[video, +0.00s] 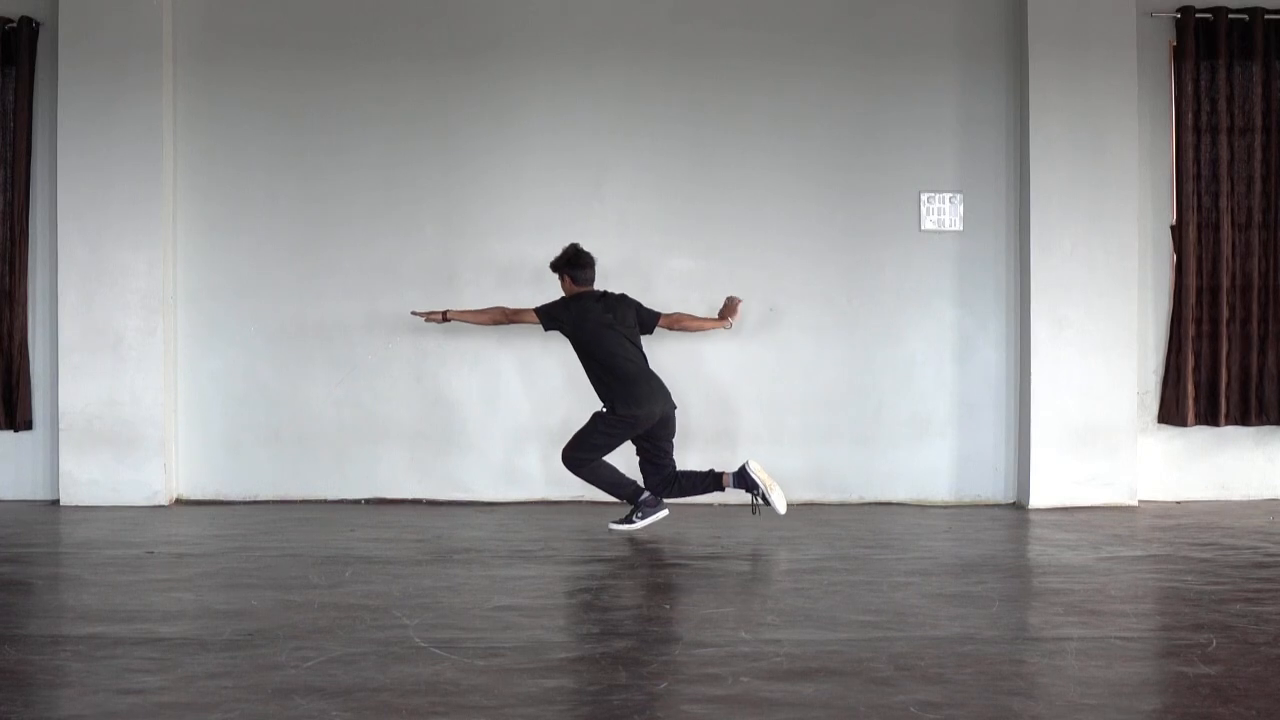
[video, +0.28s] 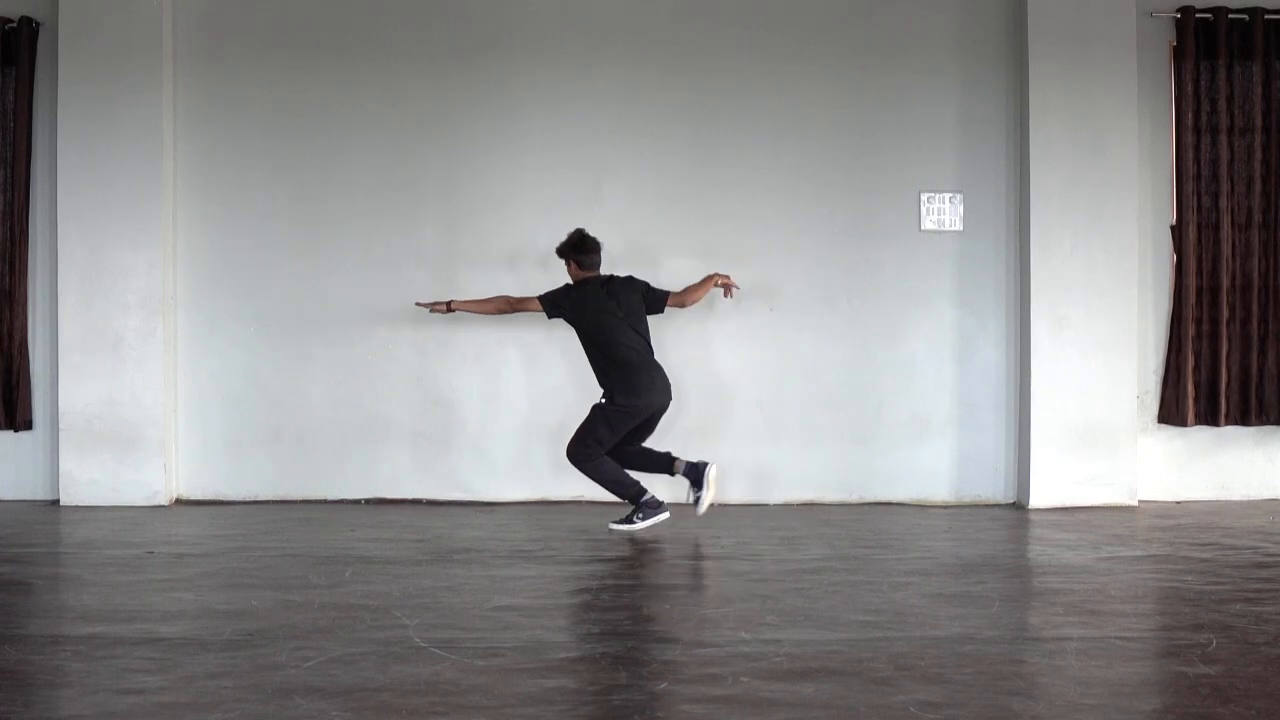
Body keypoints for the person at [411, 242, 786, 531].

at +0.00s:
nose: (559, 285)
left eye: (560, 279)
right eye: (562, 279)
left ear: (566, 280)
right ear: (593, 275)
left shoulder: (568, 309)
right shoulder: (623, 304)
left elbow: (506, 315)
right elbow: (674, 322)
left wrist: (451, 315)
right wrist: (722, 322)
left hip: (627, 407)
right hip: (660, 404)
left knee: (577, 456)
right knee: (661, 483)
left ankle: (644, 502)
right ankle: (739, 479)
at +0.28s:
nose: (565, 270)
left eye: (565, 265)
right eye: (567, 265)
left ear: (573, 265)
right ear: (598, 261)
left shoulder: (570, 297)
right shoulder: (629, 287)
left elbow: (509, 305)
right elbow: (683, 299)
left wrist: (454, 306)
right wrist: (713, 279)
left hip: (628, 395)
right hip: (659, 392)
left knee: (581, 451)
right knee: (619, 452)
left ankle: (645, 504)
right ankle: (692, 472)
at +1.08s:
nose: (553, 231)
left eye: (555, 225)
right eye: (553, 227)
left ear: (570, 219)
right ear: (588, 220)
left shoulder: (566, 236)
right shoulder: (621, 241)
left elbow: (512, 227)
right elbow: (667, 262)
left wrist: (475, 244)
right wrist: (657, 304)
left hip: (587, 357)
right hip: (605, 358)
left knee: (594, 439)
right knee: (551, 425)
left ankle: (652, 506)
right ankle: (537, 506)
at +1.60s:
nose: (607, 258)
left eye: (612, 253)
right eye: (602, 251)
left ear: (621, 248)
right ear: (589, 245)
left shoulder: (624, 267)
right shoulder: (573, 266)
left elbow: (664, 240)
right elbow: (571, 315)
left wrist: (630, 205)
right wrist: (603, 274)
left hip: (615, 382)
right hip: (568, 383)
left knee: (658, 430)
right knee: (521, 437)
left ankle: (666, 511)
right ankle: (526, 508)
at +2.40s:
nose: (588, 201)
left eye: (595, 195)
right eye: (581, 195)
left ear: (603, 199)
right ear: (570, 200)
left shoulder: (614, 231)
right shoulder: (559, 242)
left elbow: (633, 258)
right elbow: (570, 296)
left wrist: (584, 243)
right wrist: (614, 279)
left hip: (616, 354)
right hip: (569, 355)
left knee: (642, 428)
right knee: (541, 431)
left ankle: (663, 507)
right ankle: (526, 508)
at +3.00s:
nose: (564, 203)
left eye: (571, 197)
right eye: (557, 197)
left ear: (581, 202)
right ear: (548, 201)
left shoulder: (587, 231)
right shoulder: (543, 244)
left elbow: (559, 274)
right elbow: (537, 301)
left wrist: (540, 253)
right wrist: (548, 274)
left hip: (602, 351)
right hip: (564, 354)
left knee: (623, 428)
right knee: (538, 433)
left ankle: (657, 506)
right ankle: (525, 508)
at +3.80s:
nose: (570, 221)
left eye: (576, 215)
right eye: (563, 215)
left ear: (586, 219)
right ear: (554, 220)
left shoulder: (607, 252)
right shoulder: (544, 263)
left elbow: (636, 296)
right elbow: (536, 314)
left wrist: (645, 330)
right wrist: (543, 338)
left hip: (613, 362)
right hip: (567, 365)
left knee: (635, 439)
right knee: (542, 436)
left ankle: (657, 510)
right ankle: (526, 510)